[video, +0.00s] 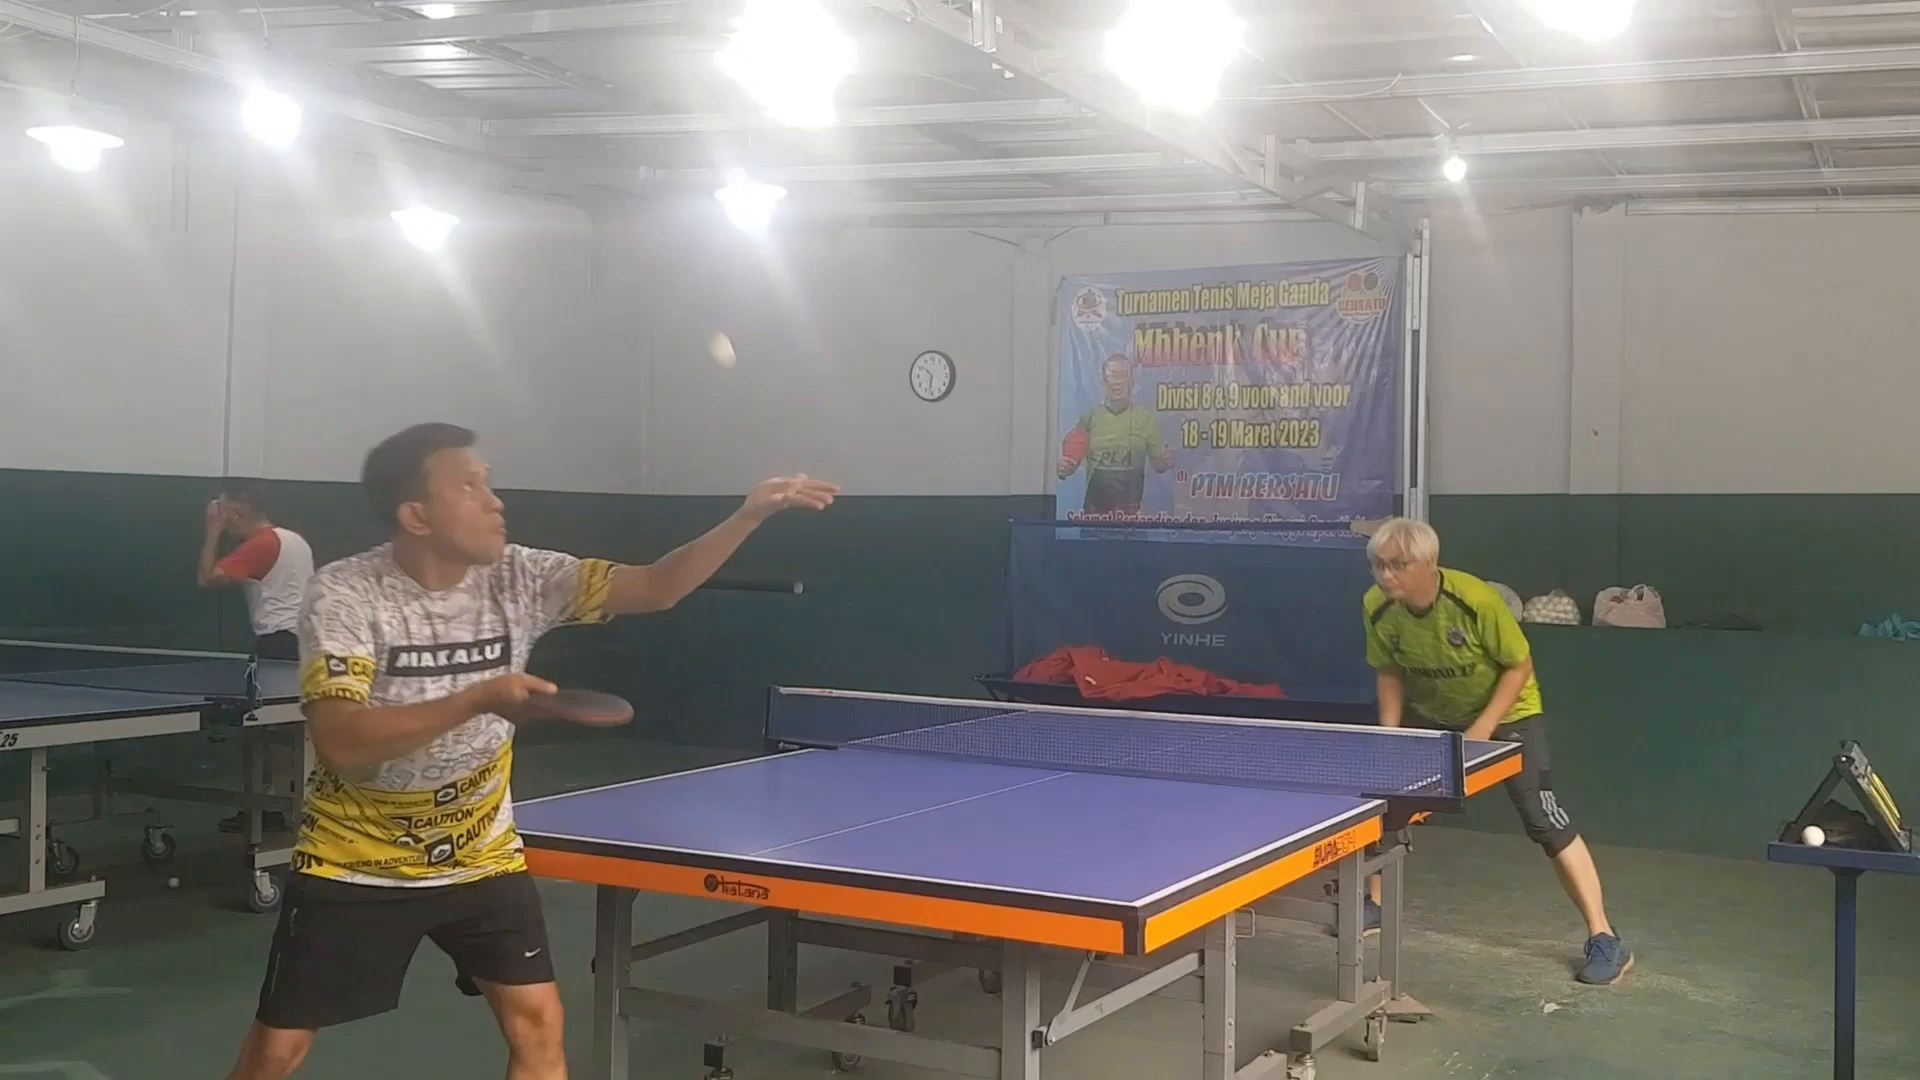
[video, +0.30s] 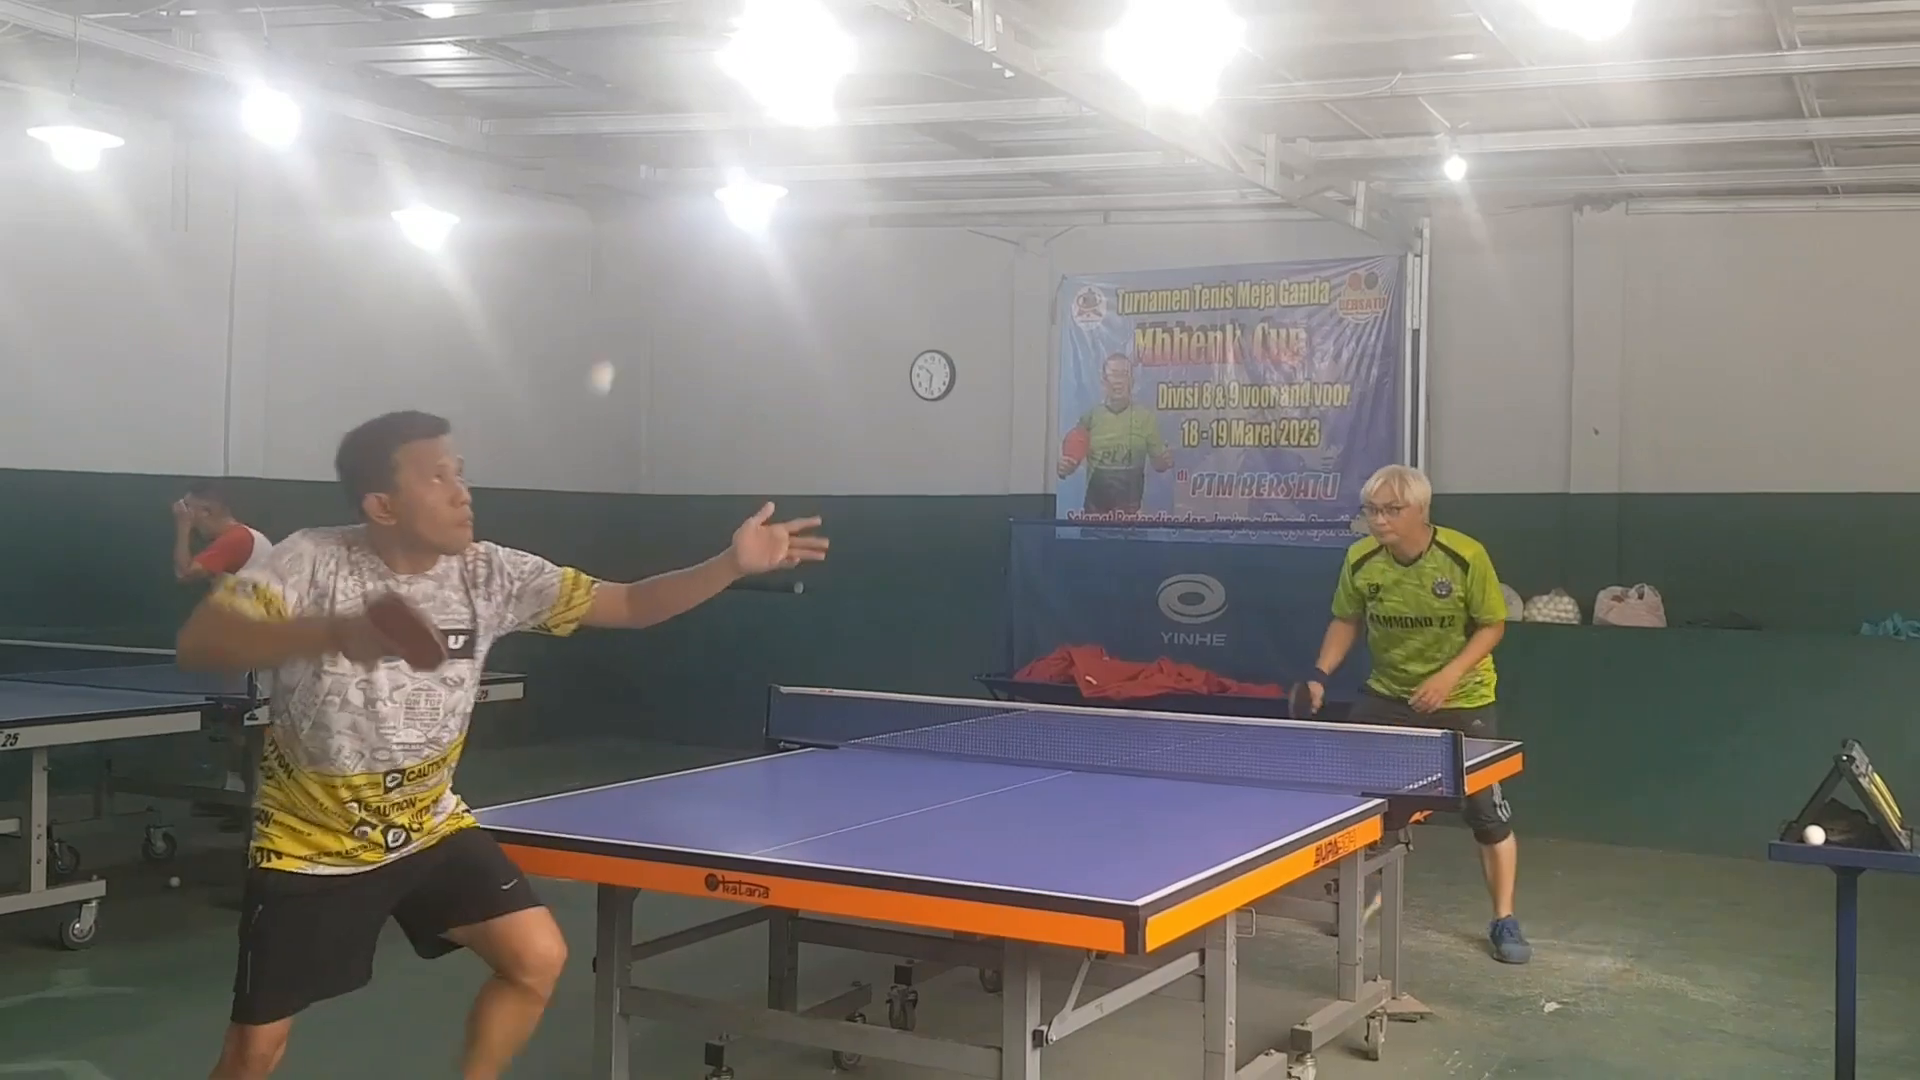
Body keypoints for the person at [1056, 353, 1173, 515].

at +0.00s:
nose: (1117, 382)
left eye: (1122, 376)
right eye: (1111, 376)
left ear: (1131, 380)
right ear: (1103, 380)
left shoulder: (1144, 418)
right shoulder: (1091, 418)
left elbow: (1157, 463)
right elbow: (1073, 453)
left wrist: (1165, 461)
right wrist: (1064, 468)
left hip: (1129, 504)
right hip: (1096, 505)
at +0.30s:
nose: (1117, 381)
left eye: (1123, 375)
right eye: (1112, 375)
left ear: (1131, 379)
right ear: (1103, 379)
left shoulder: (1145, 418)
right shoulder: (1091, 418)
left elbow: (1157, 463)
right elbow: (1074, 452)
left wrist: (1165, 460)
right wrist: (1064, 467)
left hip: (1130, 504)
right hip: (1096, 504)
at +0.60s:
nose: (1119, 380)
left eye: (1124, 373)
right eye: (1113, 373)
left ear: (1133, 378)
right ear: (1105, 378)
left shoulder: (1147, 417)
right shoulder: (1093, 416)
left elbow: (1160, 461)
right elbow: (1076, 449)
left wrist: (1167, 458)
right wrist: (1067, 465)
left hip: (1132, 501)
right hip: (1098, 501)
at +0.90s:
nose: (1120, 378)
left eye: (1126, 372)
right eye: (1114, 372)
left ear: (1135, 377)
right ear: (1106, 378)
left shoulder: (1148, 416)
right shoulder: (1094, 414)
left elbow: (1161, 459)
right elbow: (1078, 447)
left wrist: (1168, 458)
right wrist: (1068, 463)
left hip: (1133, 501)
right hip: (1099, 501)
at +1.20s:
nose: (1119, 377)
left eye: (1125, 370)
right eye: (1113, 370)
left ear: (1134, 375)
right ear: (1105, 375)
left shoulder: (1147, 414)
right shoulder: (1092, 414)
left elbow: (1160, 459)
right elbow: (1076, 447)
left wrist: (1168, 456)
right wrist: (1067, 462)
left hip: (1132, 498)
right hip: (1098, 499)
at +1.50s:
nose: (1118, 375)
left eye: (1123, 369)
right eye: (1112, 369)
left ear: (1132, 374)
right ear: (1103, 375)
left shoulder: (1145, 413)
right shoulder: (1091, 412)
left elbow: (1158, 456)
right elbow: (1075, 445)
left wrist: (1166, 454)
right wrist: (1065, 460)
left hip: (1130, 497)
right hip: (1096, 497)